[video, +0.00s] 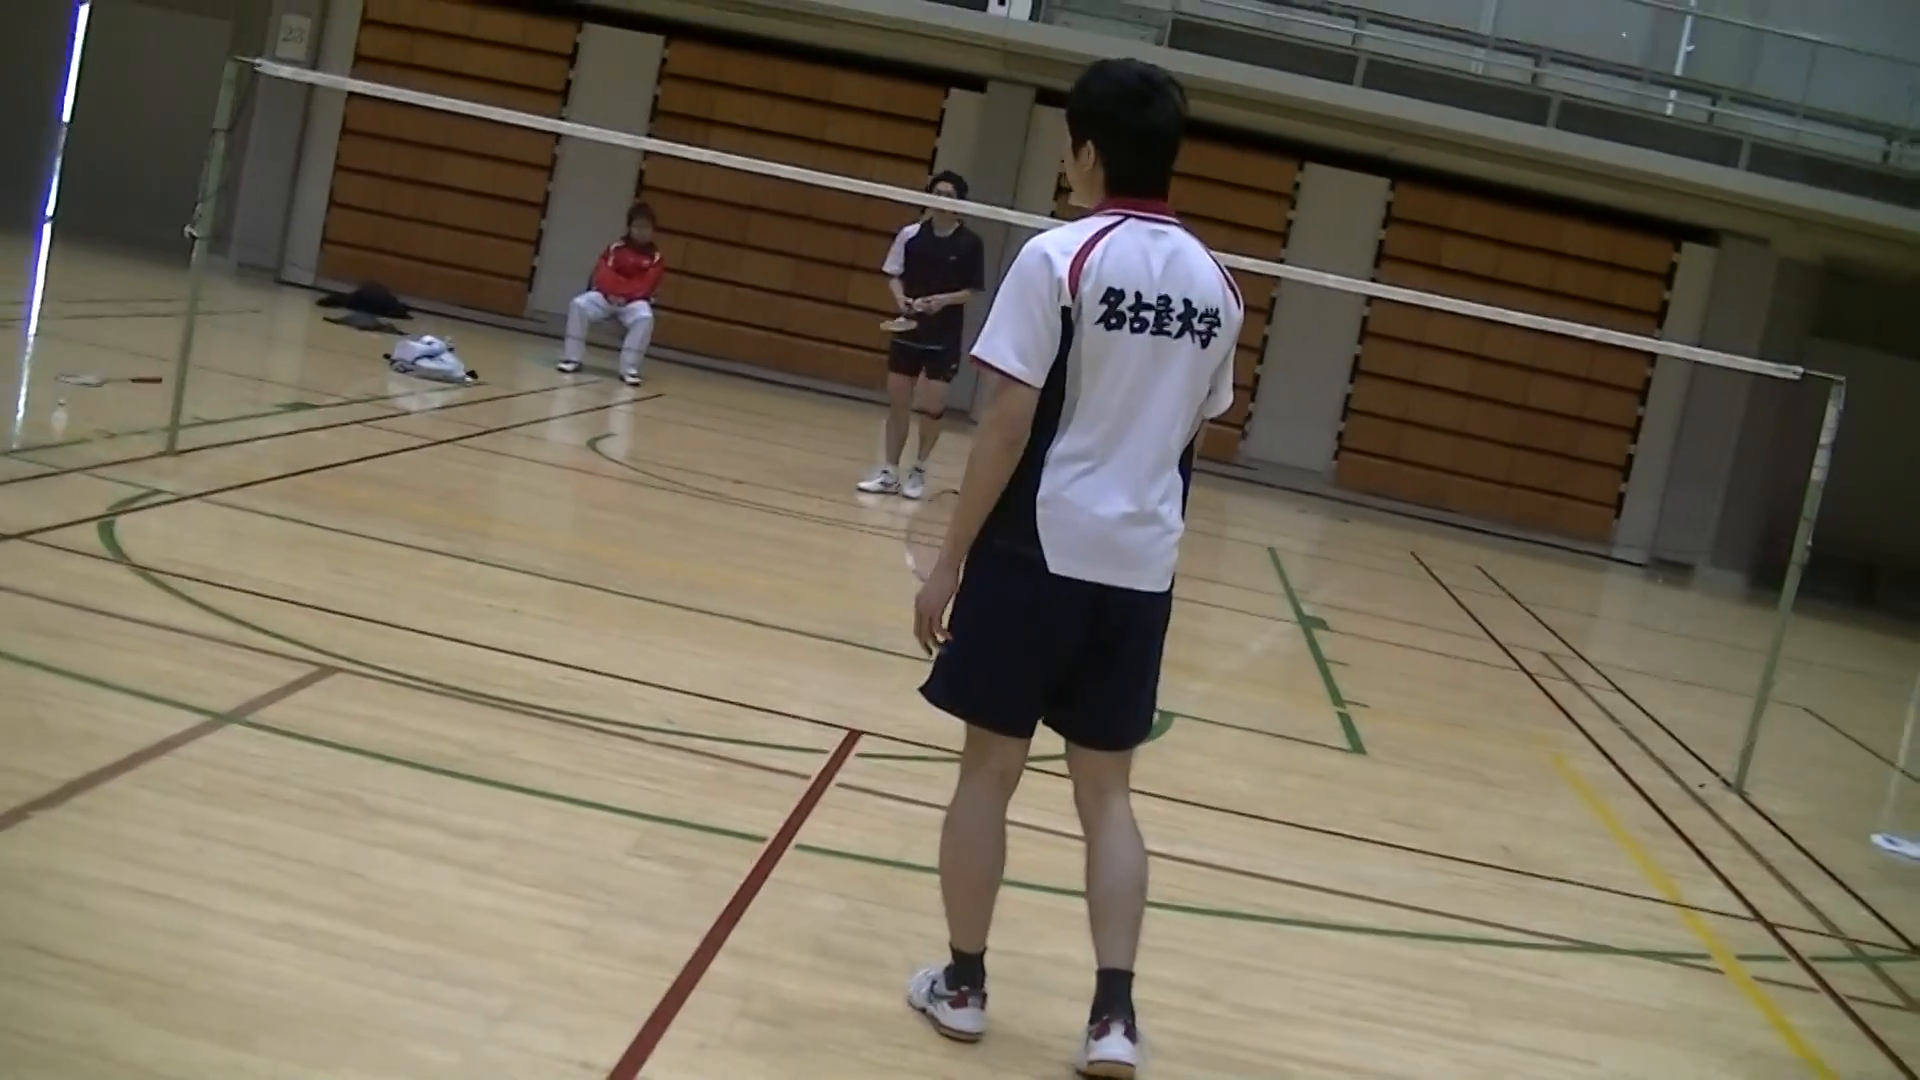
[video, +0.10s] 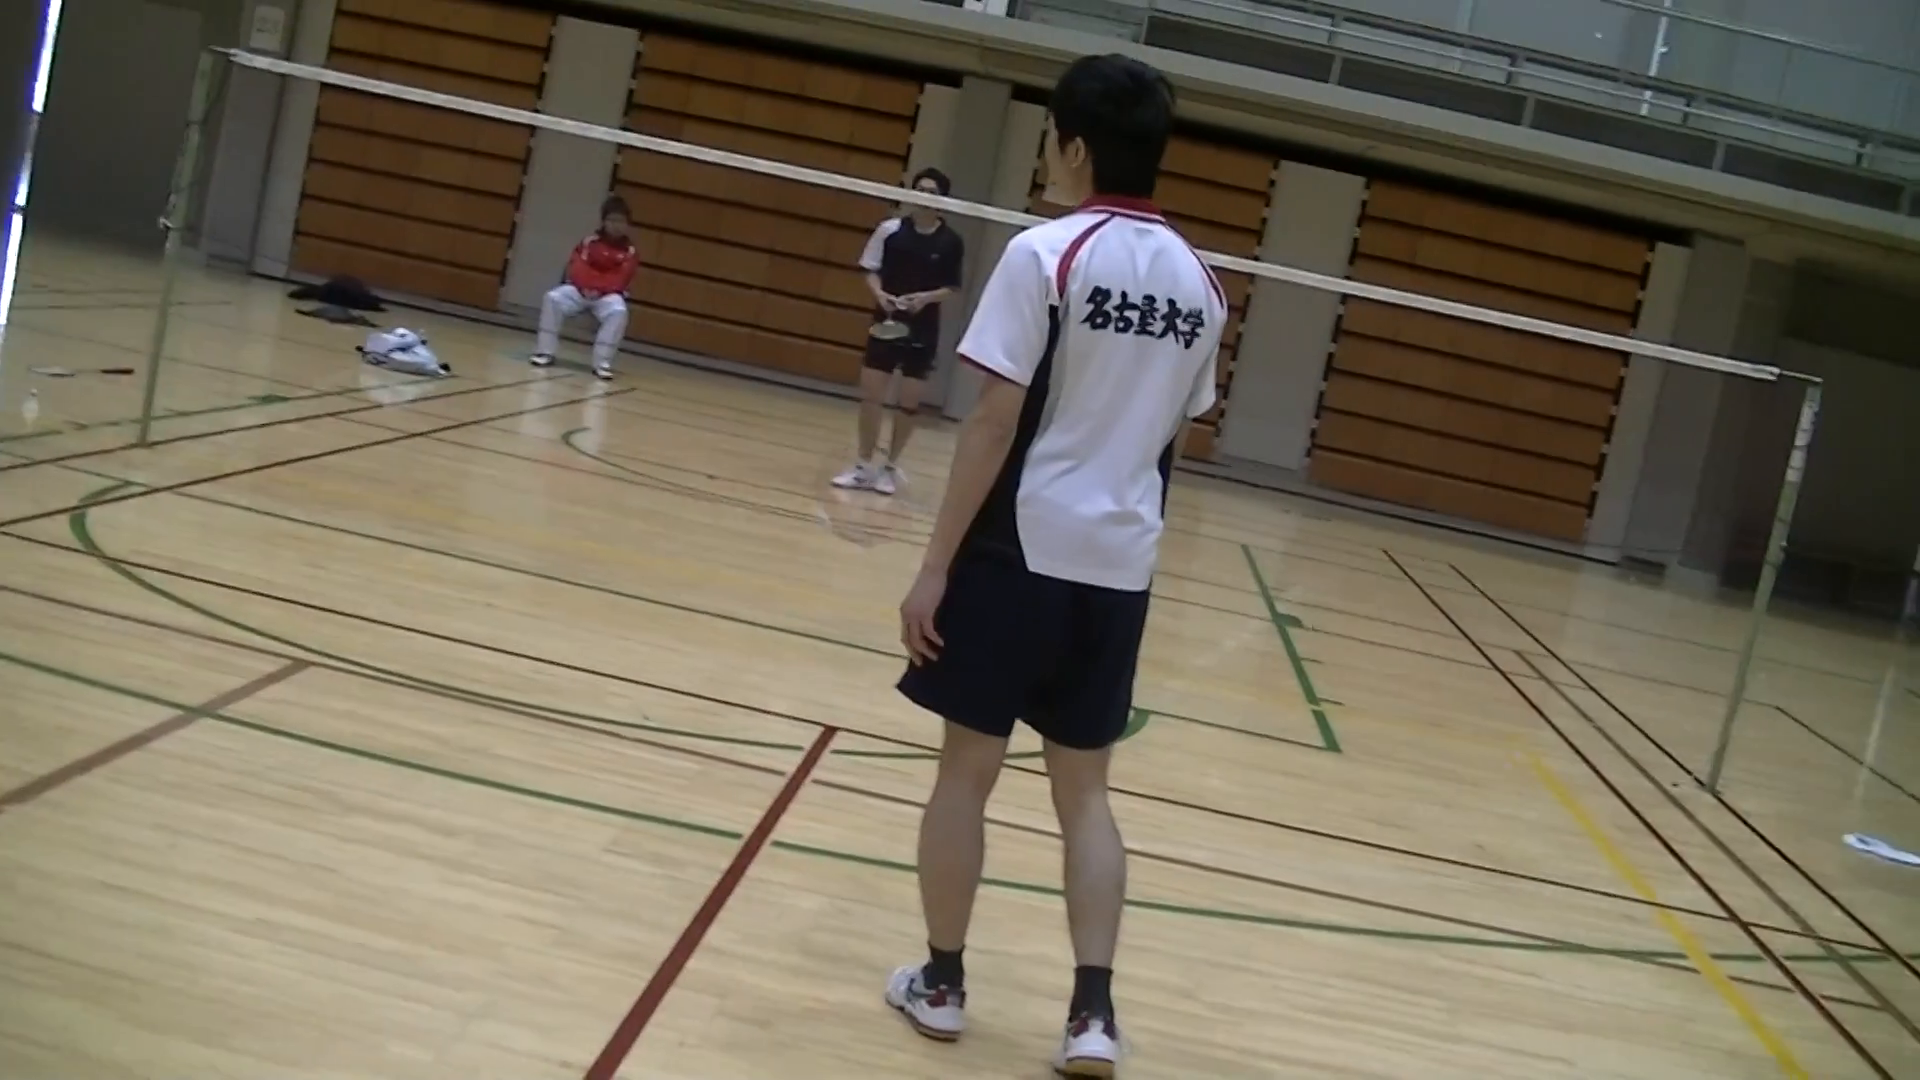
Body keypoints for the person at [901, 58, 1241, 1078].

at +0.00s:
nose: (1065, 157)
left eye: (1069, 143)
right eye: (1068, 141)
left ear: (1090, 151)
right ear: (1170, 157)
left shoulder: (1056, 258)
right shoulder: (1213, 284)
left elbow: (1005, 430)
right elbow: (1194, 428)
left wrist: (949, 558)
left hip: (1034, 559)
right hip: (1141, 577)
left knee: (988, 772)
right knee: (1108, 791)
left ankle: (964, 983)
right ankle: (1114, 1013)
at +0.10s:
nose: (1050, 152)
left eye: (1055, 138)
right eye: (1055, 137)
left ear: (1077, 147)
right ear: (1157, 153)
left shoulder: (1044, 253)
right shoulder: (1198, 284)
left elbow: (993, 424)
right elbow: (1180, 432)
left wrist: (934, 564)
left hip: (1015, 559)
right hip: (1120, 577)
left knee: (965, 773)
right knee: (1085, 791)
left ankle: (943, 982)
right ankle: (1093, 1011)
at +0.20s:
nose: (1016, 148)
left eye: (1024, 132)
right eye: (1018, 131)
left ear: (1061, 138)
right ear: (1117, 142)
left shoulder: (1023, 239)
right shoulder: (1169, 268)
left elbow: (971, 411)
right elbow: (1148, 417)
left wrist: (907, 550)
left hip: (991, 548)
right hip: (1093, 565)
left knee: (936, 763)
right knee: (1054, 781)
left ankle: (912, 973)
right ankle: (1065, 1003)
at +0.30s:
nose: (991, 139)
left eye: (1005, 121)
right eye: (992, 118)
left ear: (1065, 132)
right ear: (1084, 136)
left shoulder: (1021, 224)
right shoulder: (1158, 254)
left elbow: (973, 391)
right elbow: (1138, 414)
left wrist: (897, 531)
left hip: (983, 536)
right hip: (1084, 556)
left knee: (926, 750)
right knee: (1036, 767)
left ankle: (896, 961)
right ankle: (1051, 988)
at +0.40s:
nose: (996, 144)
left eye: (1013, 127)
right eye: (997, 124)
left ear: (1078, 139)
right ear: (1090, 146)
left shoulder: (1038, 228)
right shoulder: (1161, 259)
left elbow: (993, 398)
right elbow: (1128, 422)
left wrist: (908, 534)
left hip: (1000, 546)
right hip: (1098, 569)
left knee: (935, 761)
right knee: (1035, 779)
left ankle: (894, 973)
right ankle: (1056, 997)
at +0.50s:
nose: (998, 174)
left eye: (1017, 157)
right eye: (1001, 154)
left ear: (1081, 174)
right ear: (1089, 179)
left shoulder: (1041, 266)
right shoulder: (1150, 293)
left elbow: (1000, 433)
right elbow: (1119, 462)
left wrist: (914, 570)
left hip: (997, 588)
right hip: (1091, 609)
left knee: (928, 805)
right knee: (1020, 815)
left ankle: (878, 1004)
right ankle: (1056, 1037)